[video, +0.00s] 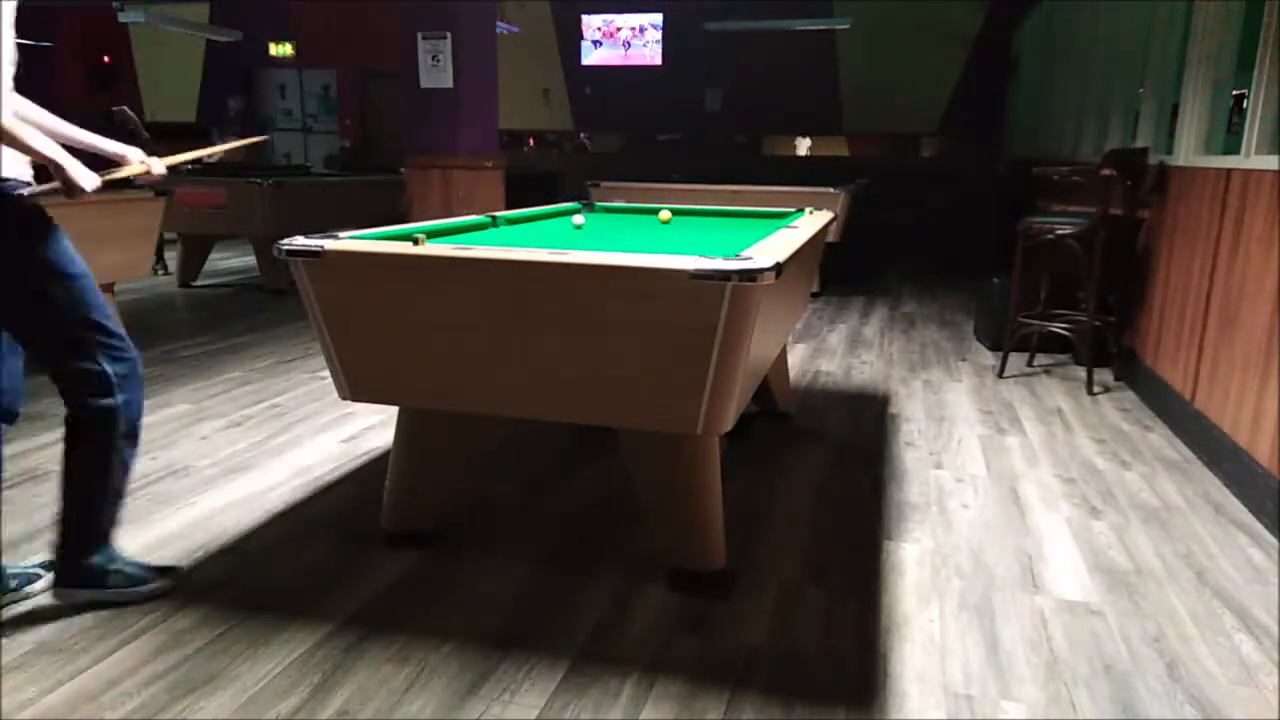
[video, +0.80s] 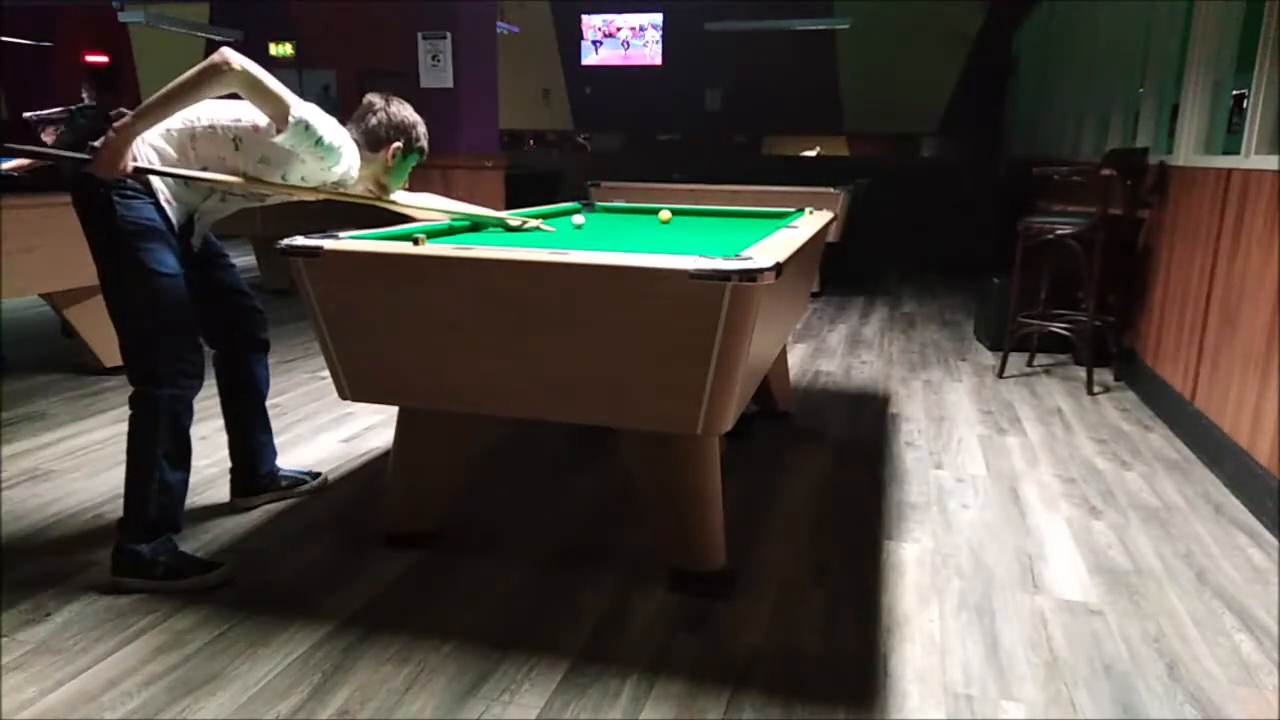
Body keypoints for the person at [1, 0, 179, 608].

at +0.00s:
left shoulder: (10, 14)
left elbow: (6, 100)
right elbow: (0, 106)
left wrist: (115, 149)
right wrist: (57, 160)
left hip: (14, 205)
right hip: (10, 206)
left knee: (3, 397)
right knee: (109, 372)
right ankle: (85, 559)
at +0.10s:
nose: (268, 7)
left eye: (268, 2)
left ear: (238, 4)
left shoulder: (208, 54)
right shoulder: (151, 19)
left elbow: (252, 150)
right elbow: (29, 75)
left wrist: (350, 199)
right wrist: (94, 186)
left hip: (118, 209)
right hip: (71, 205)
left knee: (197, 351)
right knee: (165, 385)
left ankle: (251, 477)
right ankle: (102, 558)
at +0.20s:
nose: (366, 100)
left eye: (370, 88)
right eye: (368, 84)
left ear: (330, 75)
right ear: (347, 76)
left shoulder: (305, 129)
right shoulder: (264, 87)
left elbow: (385, 181)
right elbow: (127, 83)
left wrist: (469, 212)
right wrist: (129, 194)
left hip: (149, 208)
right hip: (90, 194)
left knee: (228, 334)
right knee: (173, 367)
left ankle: (253, 474)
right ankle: (143, 546)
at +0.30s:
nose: (384, 135)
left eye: (387, 124)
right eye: (387, 121)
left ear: (354, 102)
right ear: (371, 107)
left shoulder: (322, 151)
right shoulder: (295, 112)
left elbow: (404, 192)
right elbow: (164, 76)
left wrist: (487, 217)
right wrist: (144, 184)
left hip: (152, 200)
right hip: (105, 184)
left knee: (231, 329)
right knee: (167, 369)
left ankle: (253, 475)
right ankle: (142, 544)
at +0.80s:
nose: (403, 180)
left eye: (407, 172)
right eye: (407, 169)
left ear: (370, 136)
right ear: (394, 152)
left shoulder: (338, 168)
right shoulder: (329, 148)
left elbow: (415, 205)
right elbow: (227, 63)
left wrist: (498, 217)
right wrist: (126, 133)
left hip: (177, 206)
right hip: (131, 184)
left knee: (242, 327)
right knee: (170, 365)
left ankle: (255, 473)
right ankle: (144, 546)